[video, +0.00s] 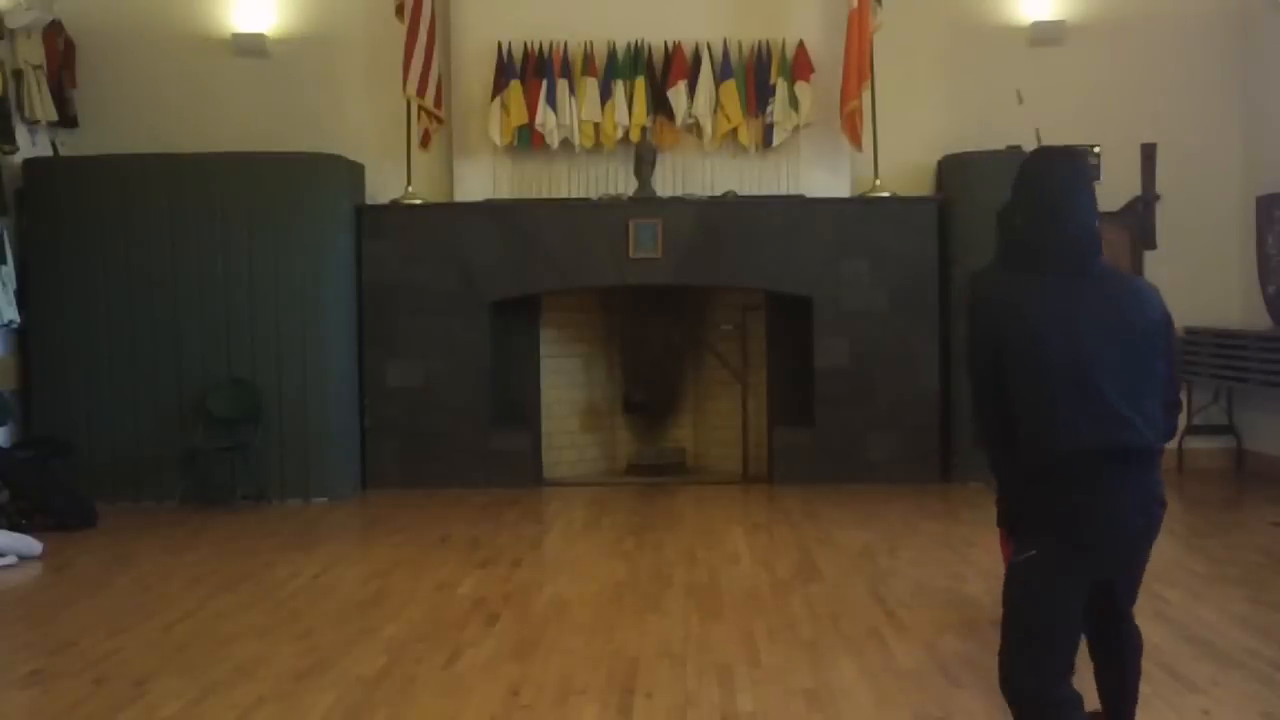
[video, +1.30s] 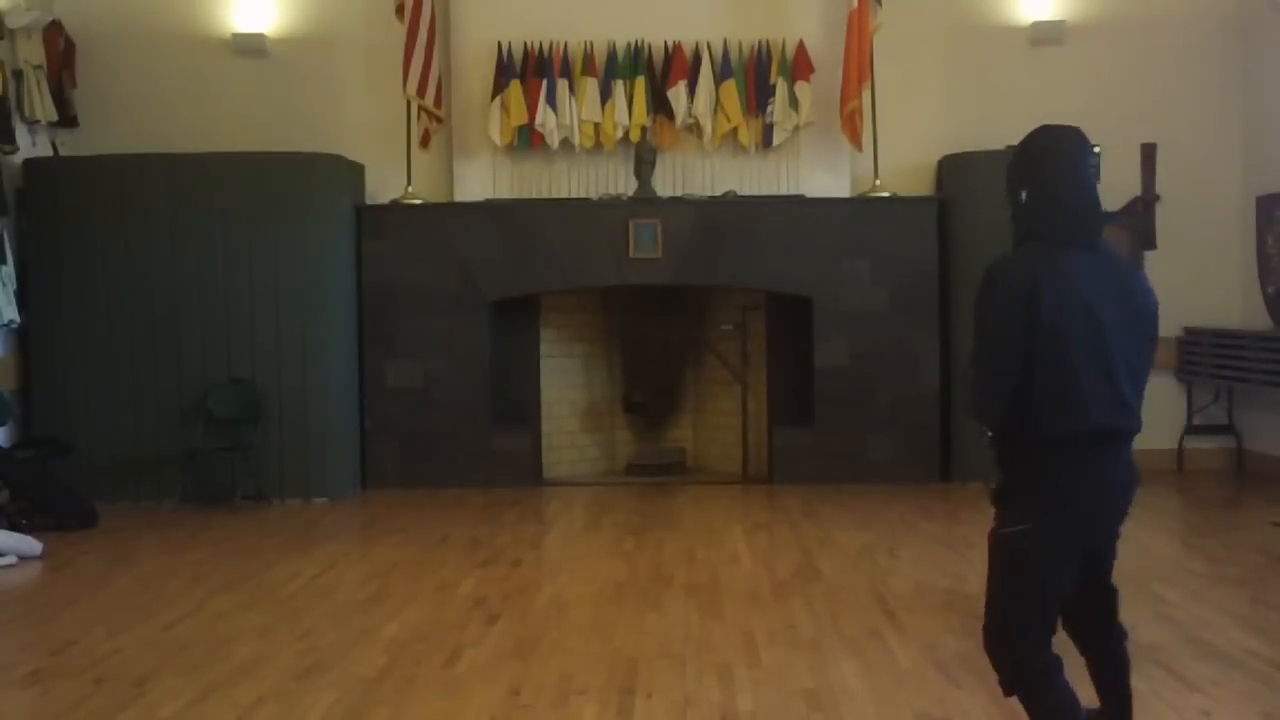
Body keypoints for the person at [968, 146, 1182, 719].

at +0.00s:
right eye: (1090, 207)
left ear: (1019, 216)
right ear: (1090, 216)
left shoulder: (997, 297)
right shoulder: (1141, 300)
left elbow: (993, 418)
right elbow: (1165, 414)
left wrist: (1010, 508)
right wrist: (1130, 473)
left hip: (1049, 503)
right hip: (1133, 501)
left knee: (1031, 677)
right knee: (1114, 621)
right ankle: (1120, 711)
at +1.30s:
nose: (1013, 198)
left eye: (1017, 187)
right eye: (1017, 186)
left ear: (1027, 194)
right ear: (1089, 192)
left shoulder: (1013, 279)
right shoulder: (1129, 282)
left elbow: (988, 396)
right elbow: (1132, 378)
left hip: (1040, 476)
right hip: (1111, 472)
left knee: (1015, 639)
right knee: (1090, 604)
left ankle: (1067, 711)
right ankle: (1118, 707)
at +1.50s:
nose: (973, 179)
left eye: (976, 169)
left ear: (983, 176)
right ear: (1046, 169)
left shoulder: (978, 259)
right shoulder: (1084, 253)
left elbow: (957, 371)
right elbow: (1138, 326)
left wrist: (981, 427)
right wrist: (1085, 377)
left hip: (1020, 456)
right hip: (1082, 450)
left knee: (1026, 618)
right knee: (1016, 600)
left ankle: (1064, 709)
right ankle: (1027, 707)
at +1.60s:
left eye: (949, 165)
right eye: (1021, 157)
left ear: (954, 169)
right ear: (1022, 167)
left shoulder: (944, 252)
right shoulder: (1058, 254)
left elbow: (925, 363)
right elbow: (1098, 337)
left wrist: (945, 418)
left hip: (986, 454)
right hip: (1050, 451)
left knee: (1038, 634)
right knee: (968, 598)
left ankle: (1076, 706)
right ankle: (964, 710)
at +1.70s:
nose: (916, 180)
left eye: (919, 170)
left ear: (923, 176)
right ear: (991, 175)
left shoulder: (909, 260)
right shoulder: (1029, 264)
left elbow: (892, 367)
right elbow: (1048, 364)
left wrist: (921, 432)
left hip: (961, 461)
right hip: (1019, 455)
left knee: (1034, 639)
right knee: (928, 617)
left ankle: (1073, 705)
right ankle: (909, 710)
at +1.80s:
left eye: (891, 176)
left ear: (890, 182)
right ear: (955, 183)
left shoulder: (870, 265)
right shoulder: (991, 264)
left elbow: (850, 383)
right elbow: (1012, 362)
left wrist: (892, 447)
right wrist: (980, 434)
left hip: (924, 465)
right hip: (978, 460)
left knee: (999, 639)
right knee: (889, 623)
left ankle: (1053, 705)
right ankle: (877, 709)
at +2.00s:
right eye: (874, 164)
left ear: (815, 170)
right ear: (879, 173)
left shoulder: (787, 255)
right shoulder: (906, 258)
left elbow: (761, 379)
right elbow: (938, 351)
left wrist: (810, 428)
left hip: (836, 463)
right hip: (900, 459)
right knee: (851, 630)